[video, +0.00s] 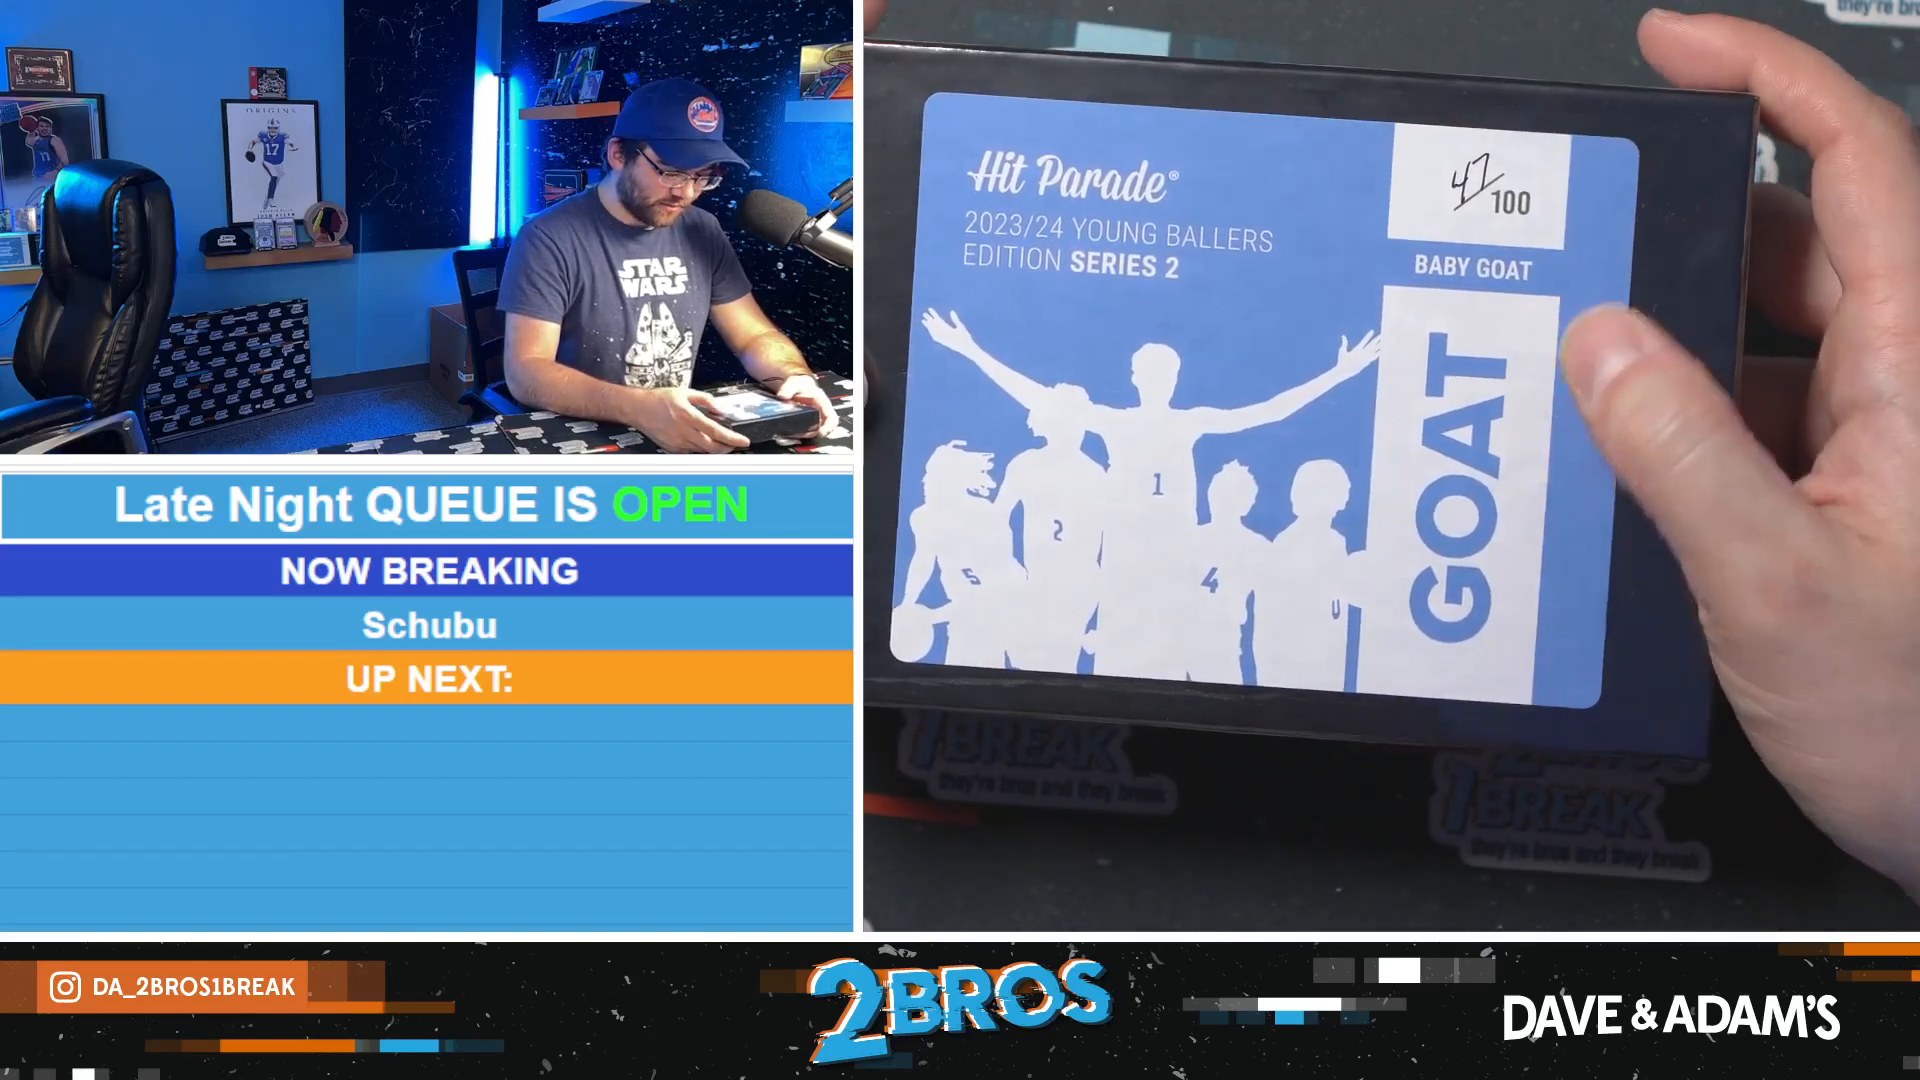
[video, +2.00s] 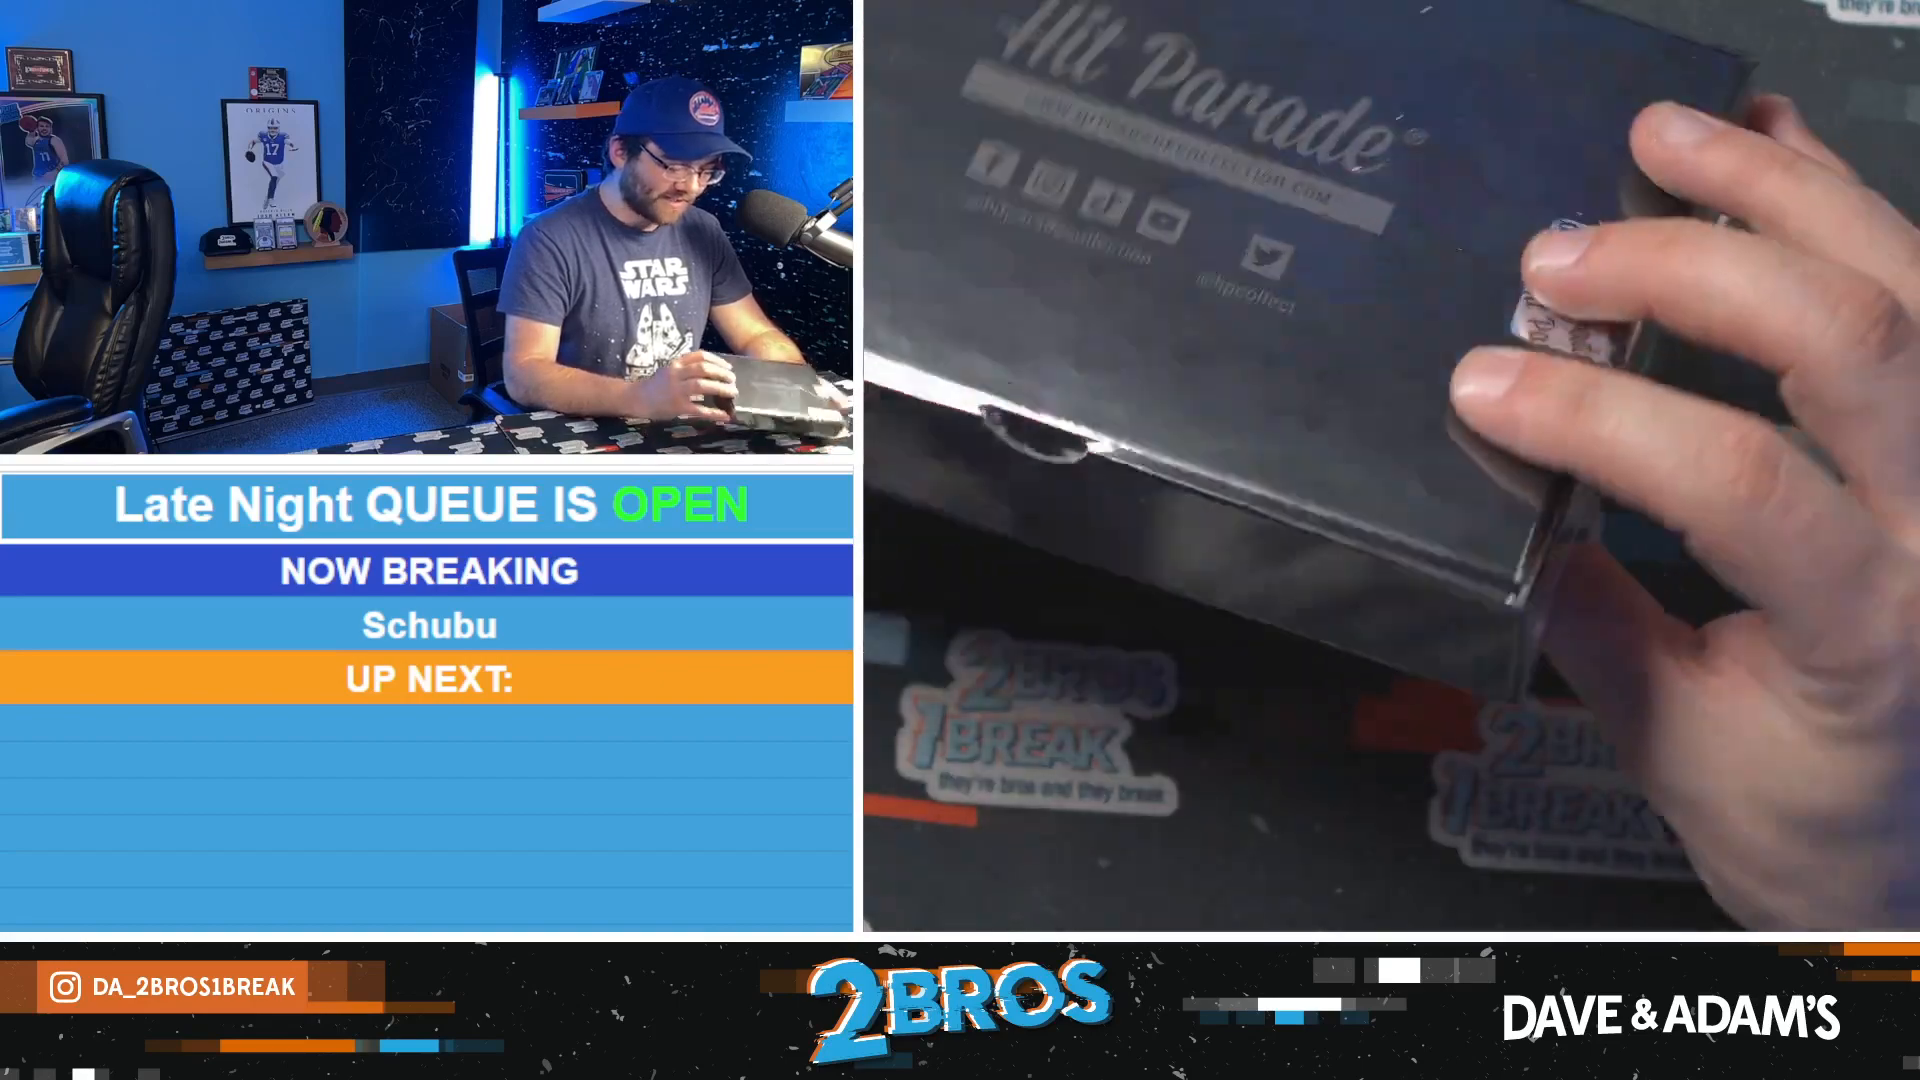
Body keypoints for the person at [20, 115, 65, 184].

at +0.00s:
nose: (44, 128)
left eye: (47, 126)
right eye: (41, 126)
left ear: (50, 128)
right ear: (37, 128)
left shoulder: (55, 140)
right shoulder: (35, 140)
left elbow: (64, 160)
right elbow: (28, 142)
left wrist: (54, 173)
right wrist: (31, 132)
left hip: (51, 177)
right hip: (37, 176)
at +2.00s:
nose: (44, 128)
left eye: (47, 126)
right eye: (41, 126)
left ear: (51, 128)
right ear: (37, 128)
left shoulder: (54, 140)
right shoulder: (35, 140)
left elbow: (64, 160)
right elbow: (28, 142)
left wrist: (54, 173)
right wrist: (31, 133)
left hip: (50, 177)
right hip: (37, 176)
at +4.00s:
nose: (44, 128)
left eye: (47, 126)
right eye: (41, 126)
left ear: (50, 128)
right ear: (37, 128)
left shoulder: (54, 140)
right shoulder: (35, 140)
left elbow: (64, 160)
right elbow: (28, 141)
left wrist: (53, 173)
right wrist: (30, 132)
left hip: (50, 177)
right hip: (37, 176)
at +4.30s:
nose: (44, 128)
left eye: (47, 126)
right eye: (41, 126)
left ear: (50, 128)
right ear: (37, 128)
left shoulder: (54, 140)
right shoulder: (35, 140)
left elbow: (64, 160)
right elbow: (28, 141)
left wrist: (53, 173)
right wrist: (31, 132)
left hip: (50, 177)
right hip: (37, 176)